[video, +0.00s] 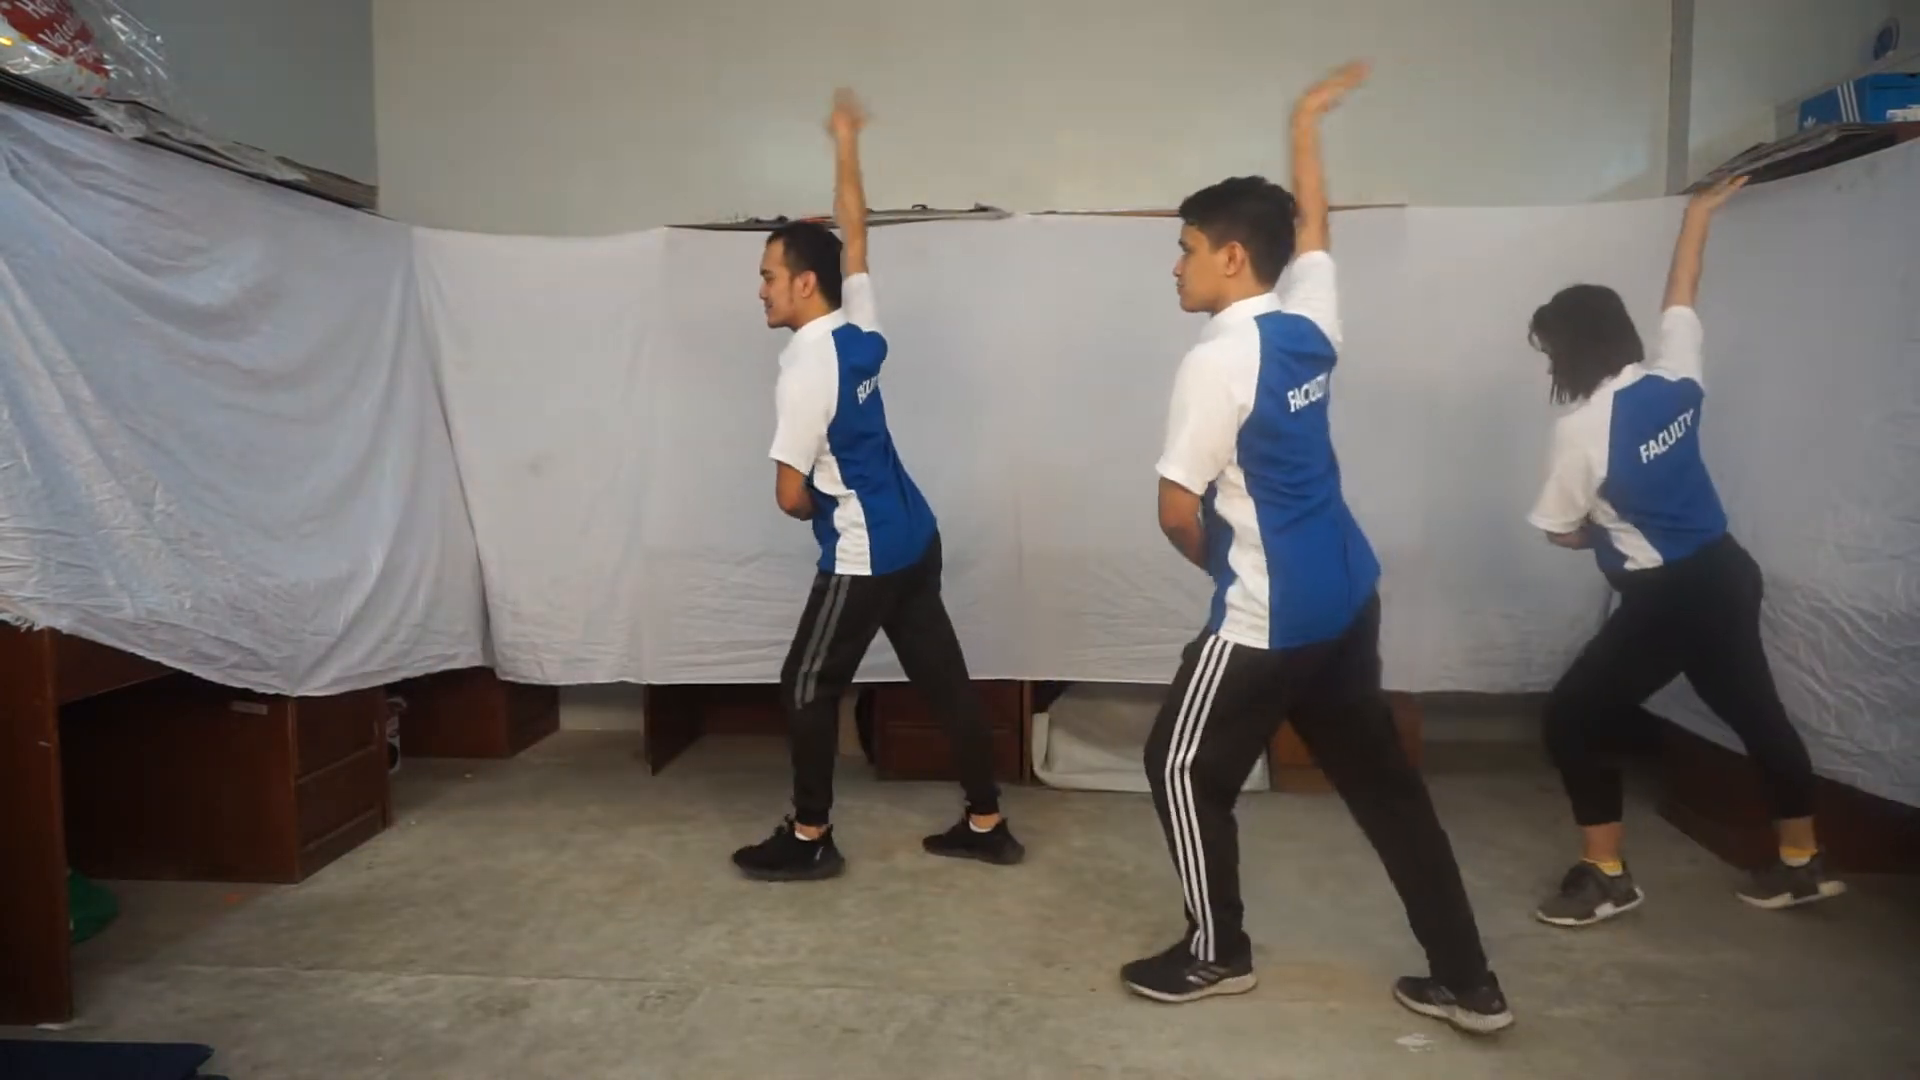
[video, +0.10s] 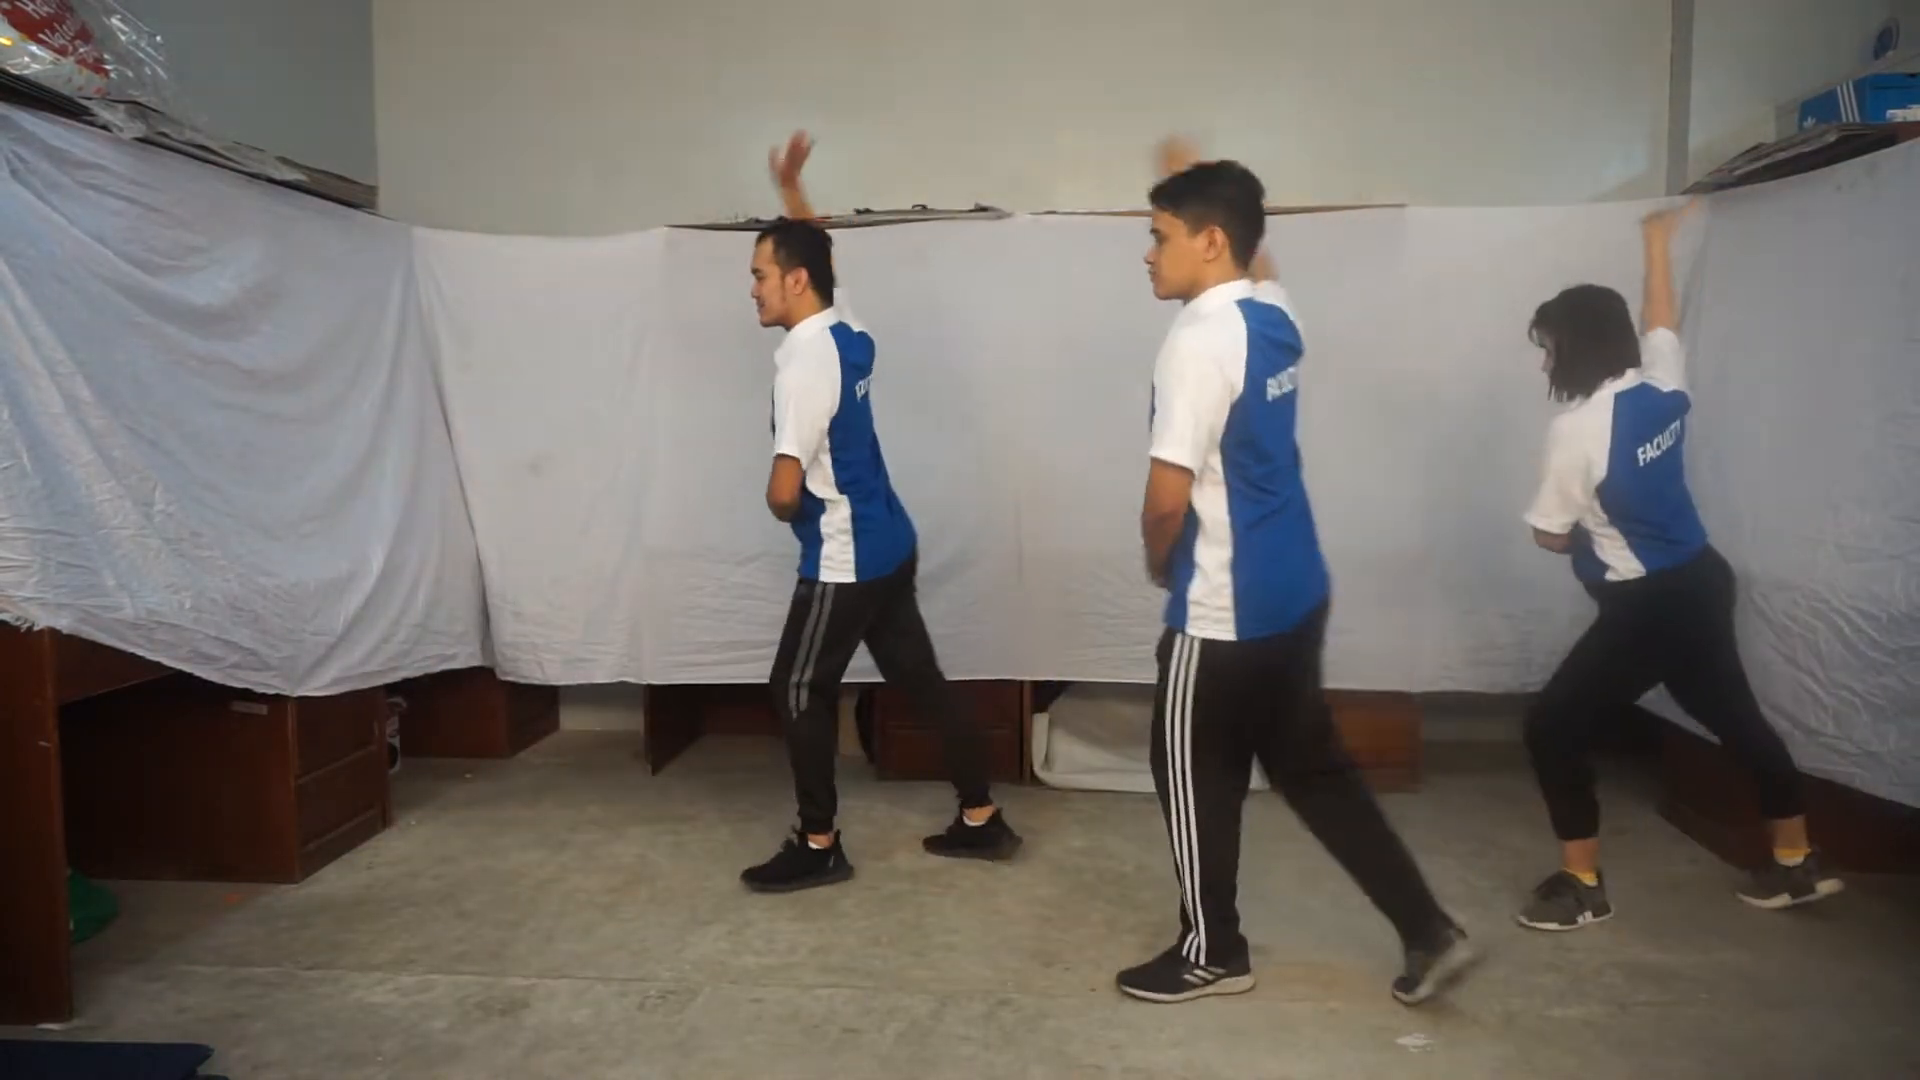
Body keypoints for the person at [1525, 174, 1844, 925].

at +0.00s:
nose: (1548, 364)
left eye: (1550, 352)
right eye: (1546, 351)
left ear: (1571, 350)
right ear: (1617, 333)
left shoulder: (1580, 428)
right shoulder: (1674, 375)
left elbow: (1561, 528)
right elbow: (1684, 293)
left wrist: (1611, 524)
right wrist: (1698, 214)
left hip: (1667, 598)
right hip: (1728, 574)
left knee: (1570, 717)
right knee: (1762, 715)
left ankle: (1605, 872)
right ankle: (1801, 862)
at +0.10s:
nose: (1545, 363)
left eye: (1549, 348)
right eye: (1544, 348)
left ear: (1573, 350)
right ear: (1618, 341)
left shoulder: (1574, 431)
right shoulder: (1662, 386)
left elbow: (1551, 534)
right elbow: (1661, 311)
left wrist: (1589, 505)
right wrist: (1656, 236)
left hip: (1647, 605)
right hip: (1706, 583)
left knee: (1551, 727)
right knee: (1740, 719)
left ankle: (1581, 883)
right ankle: (1796, 863)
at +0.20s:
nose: (1534, 348)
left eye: (1541, 335)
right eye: (1535, 334)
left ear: (1572, 339)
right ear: (1605, 337)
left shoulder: (1569, 414)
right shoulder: (1636, 392)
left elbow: (1524, 532)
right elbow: (1607, 337)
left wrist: (1548, 542)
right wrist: (1587, 280)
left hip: (1614, 601)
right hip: (1663, 587)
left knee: (1529, 725)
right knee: (1671, 724)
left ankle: (1581, 883)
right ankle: (1766, 854)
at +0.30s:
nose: (1522, 333)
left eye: (1534, 320)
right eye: (1524, 320)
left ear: (1573, 329)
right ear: (1583, 333)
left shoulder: (1564, 405)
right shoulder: (1594, 388)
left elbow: (1514, 514)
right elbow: (1523, 418)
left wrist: (1484, 560)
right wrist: (1500, 352)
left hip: (1588, 595)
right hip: (1615, 588)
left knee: (1532, 729)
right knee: (1573, 709)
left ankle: (1583, 884)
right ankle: (1684, 825)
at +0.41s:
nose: (1500, 323)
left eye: (1516, 312)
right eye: (1502, 310)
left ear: (1557, 328)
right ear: (1523, 326)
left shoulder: (1559, 404)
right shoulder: (1526, 401)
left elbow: (1523, 513)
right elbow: (1461, 471)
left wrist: (1453, 592)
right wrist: (1401, 424)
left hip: (1579, 594)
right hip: (1539, 591)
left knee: (1535, 721)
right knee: (1477, 714)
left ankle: (1585, 879)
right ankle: (1566, 838)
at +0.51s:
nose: (1483, 317)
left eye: (1501, 308)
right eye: (1479, 308)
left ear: (1536, 329)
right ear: (1472, 325)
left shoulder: (1548, 409)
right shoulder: (1461, 413)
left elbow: (1534, 517)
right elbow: (1426, 491)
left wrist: (1473, 602)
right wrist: (1349, 502)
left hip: (1552, 590)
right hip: (1480, 588)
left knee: (1538, 726)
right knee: (1434, 708)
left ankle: (1584, 881)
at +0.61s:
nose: (1469, 312)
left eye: (1485, 304)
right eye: (1458, 304)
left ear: (1512, 324)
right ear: (1441, 322)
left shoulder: (1533, 400)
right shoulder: (1420, 403)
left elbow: (1549, 506)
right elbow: (1382, 488)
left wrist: (1526, 597)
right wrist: (1342, 540)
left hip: (1503, 589)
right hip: (1426, 584)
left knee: (1505, 736)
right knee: (1403, 722)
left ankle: (1560, 867)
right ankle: (1394, 859)